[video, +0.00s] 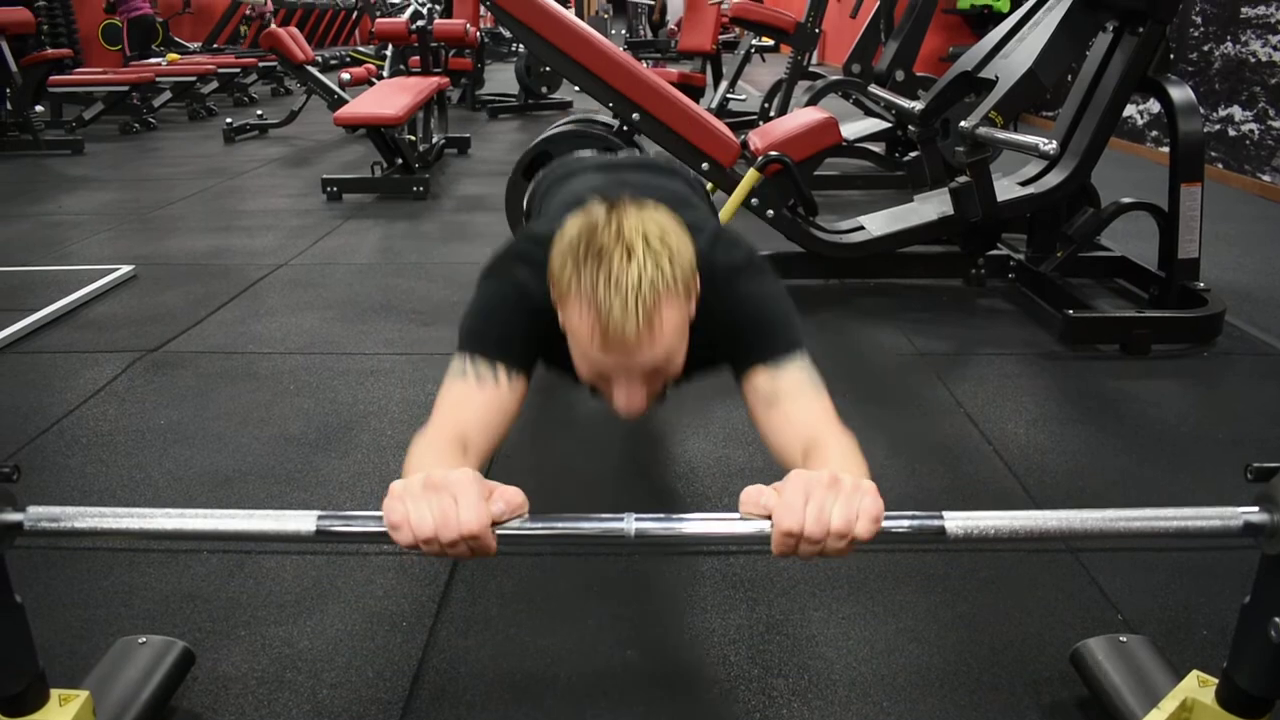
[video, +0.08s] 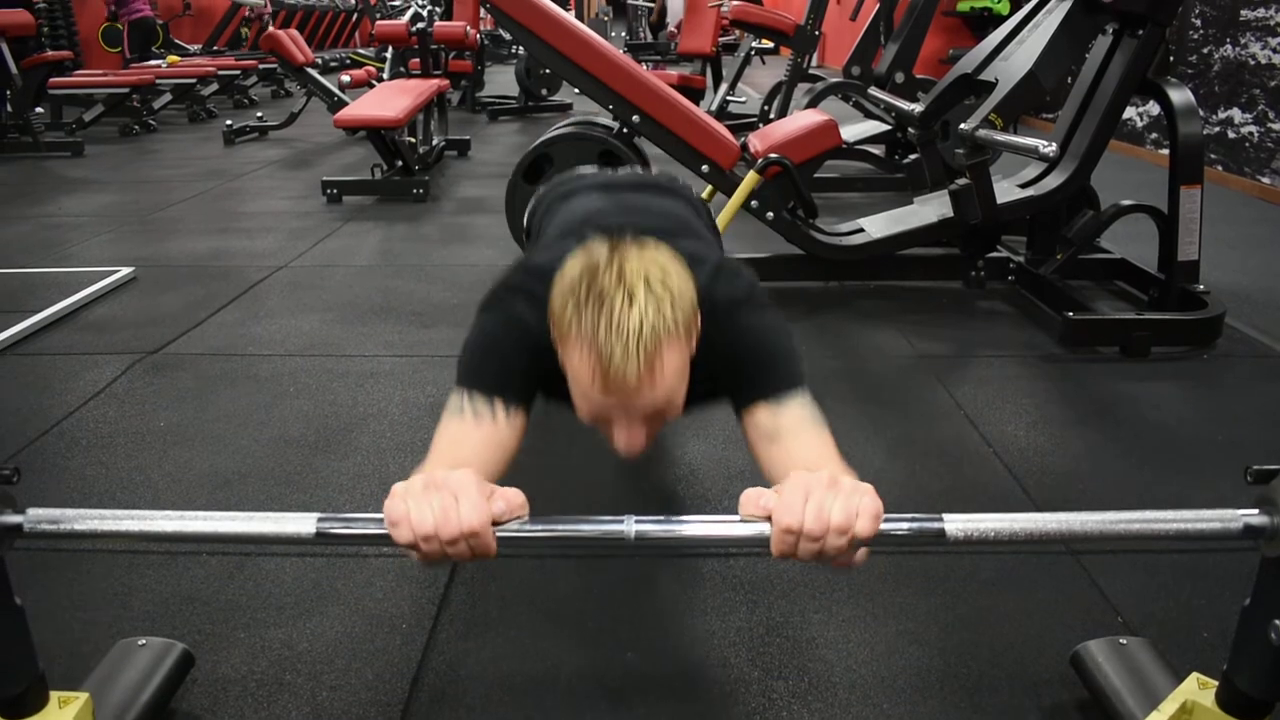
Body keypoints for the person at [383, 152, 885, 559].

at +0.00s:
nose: (629, 404)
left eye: (655, 373)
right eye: (601, 376)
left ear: (691, 300)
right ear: (561, 312)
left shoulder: (738, 277)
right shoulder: (519, 281)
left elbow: (821, 437)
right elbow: (453, 432)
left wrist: (830, 488)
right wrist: (439, 486)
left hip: (673, 173)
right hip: (559, 166)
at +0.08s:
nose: (630, 443)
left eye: (655, 415)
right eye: (603, 418)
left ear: (691, 342)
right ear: (562, 355)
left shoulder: (736, 308)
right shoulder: (518, 313)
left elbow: (820, 473)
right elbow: (447, 475)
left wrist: (822, 503)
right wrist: (444, 500)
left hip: (677, 196)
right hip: (564, 195)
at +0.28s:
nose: (629, 521)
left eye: (653, 504)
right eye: (601, 506)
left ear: (687, 427)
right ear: (556, 447)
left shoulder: (739, 383)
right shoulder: (509, 385)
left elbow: (854, 615)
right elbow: (420, 615)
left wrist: (824, 567)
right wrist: (442, 555)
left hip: (678, 238)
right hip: (559, 239)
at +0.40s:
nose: (627, 591)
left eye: (652, 557)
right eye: (599, 562)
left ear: (694, 479)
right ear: (546, 500)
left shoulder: (740, 424)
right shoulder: (509, 423)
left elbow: (858, 658)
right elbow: (410, 654)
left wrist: (829, 587)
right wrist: (440, 572)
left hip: (679, 256)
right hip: (558, 258)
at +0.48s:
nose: (627, 621)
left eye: (652, 594)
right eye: (600, 595)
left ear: (693, 516)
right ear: (550, 527)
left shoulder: (738, 440)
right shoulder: (509, 444)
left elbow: (865, 682)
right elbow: (405, 679)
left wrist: (831, 595)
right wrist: (439, 580)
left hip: (682, 272)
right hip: (558, 273)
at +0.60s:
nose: (629, 661)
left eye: (657, 630)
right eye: (600, 633)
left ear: (696, 550)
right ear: (553, 558)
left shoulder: (744, 475)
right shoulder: (511, 477)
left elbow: (872, 705)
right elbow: (403, 703)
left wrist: (832, 598)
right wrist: (438, 583)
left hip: (681, 292)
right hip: (558, 294)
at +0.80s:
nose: (628, 716)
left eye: (656, 687)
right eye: (599, 689)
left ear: (693, 599)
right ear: (554, 614)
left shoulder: (750, 528)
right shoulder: (511, 527)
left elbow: (856, 711)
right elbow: (401, 710)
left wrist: (833, 606)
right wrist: (432, 594)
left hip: (682, 340)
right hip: (559, 338)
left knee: (655, 299)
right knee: (587, 299)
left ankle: (641, 278)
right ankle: (597, 279)